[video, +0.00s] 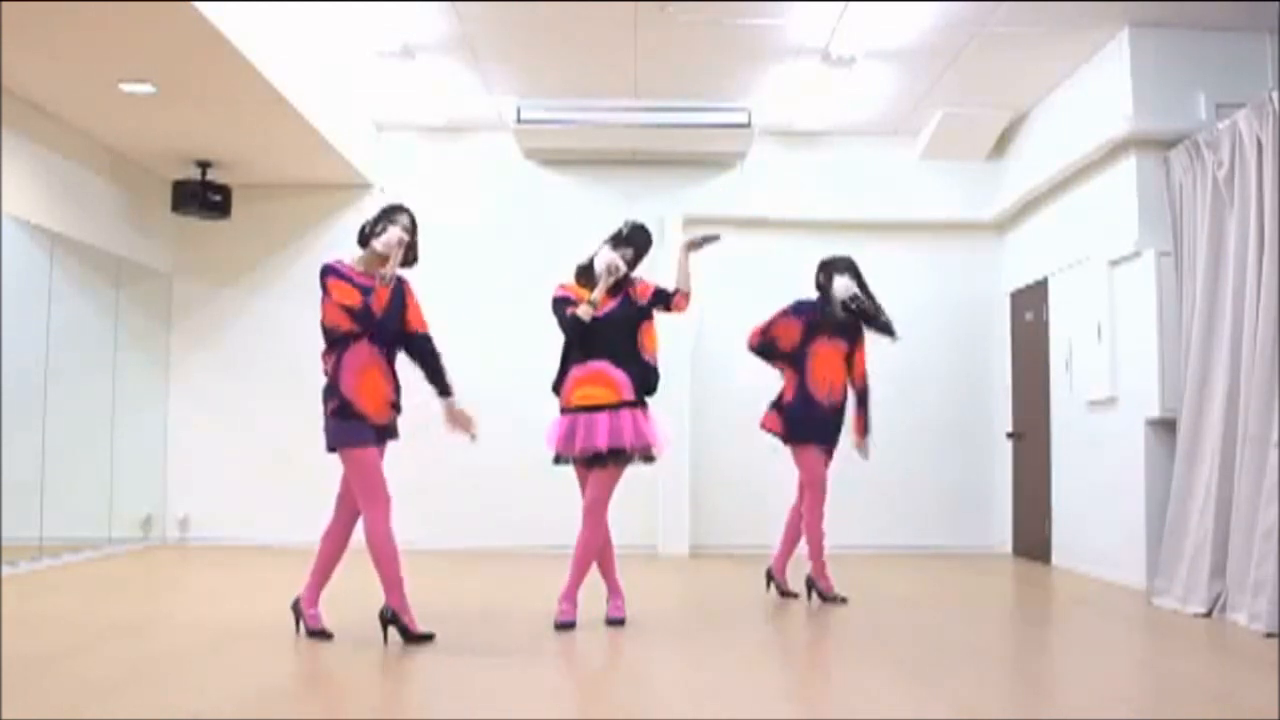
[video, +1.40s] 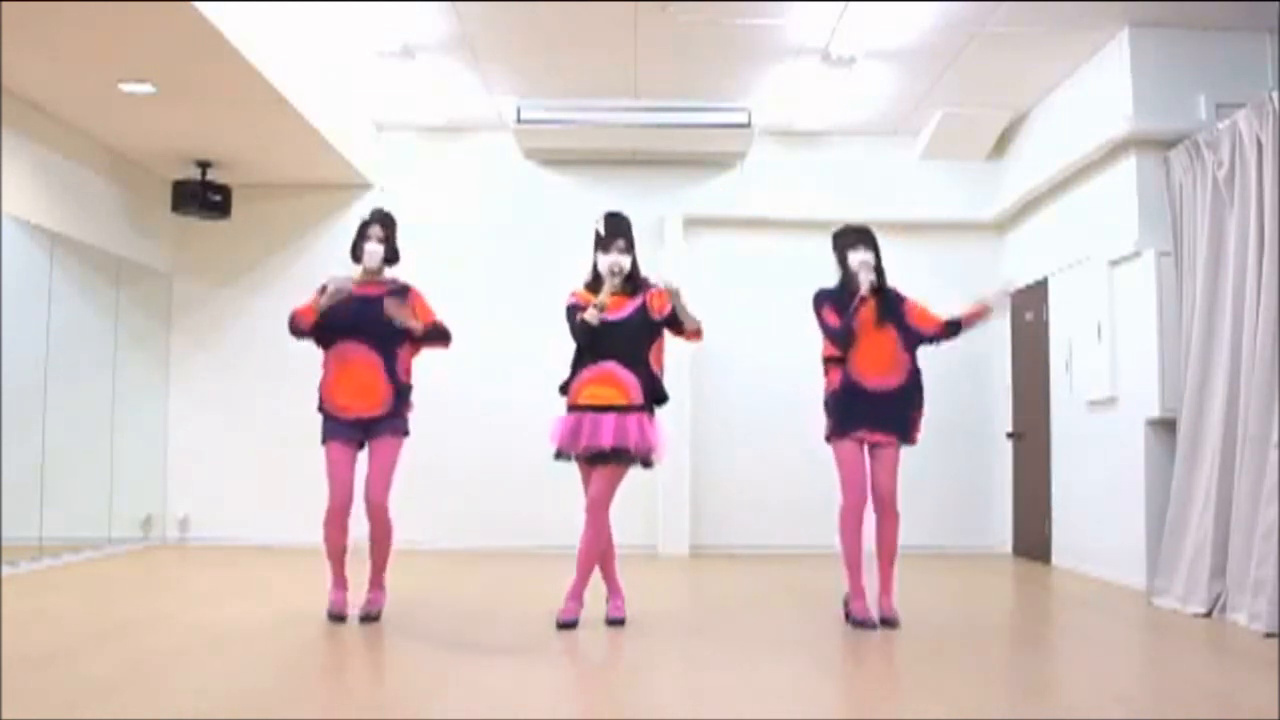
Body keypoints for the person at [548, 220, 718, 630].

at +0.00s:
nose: (621, 262)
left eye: (629, 258)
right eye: (619, 253)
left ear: (635, 261)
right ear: (605, 247)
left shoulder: (635, 290)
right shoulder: (570, 290)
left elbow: (681, 302)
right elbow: (573, 326)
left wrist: (684, 252)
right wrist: (601, 289)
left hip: (620, 406)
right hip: (578, 406)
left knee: (595, 505)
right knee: (593, 506)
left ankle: (569, 595)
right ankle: (614, 593)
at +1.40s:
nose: (615, 261)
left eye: (623, 253)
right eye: (608, 252)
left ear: (633, 255)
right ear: (596, 256)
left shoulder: (652, 298)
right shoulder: (582, 298)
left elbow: (691, 332)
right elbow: (581, 332)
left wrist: (676, 304)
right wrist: (597, 303)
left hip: (629, 406)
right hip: (585, 405)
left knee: (598, 502)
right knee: (595, 505)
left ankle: (575, 593)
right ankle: (614, 592)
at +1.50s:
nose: (615, 257)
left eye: (622, 248)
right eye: (607, 249)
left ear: (633, 252)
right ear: (596, 252)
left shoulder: (651, 296)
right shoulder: (581, 295)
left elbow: (694, 329)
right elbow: (578, 328)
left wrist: (687, 342)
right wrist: (595, 305)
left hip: (632, 401)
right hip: (589, 401)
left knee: (600, 482)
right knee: (595, 489)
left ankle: (607, 582)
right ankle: (610, 587)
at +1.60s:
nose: (615, 256)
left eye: (623, 247)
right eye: (608, 247)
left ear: (634, 251)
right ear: (596, 250)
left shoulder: (651, 295)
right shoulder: (582, 294)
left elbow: (682, 347)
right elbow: (582, 327)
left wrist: (698, 393)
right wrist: (602, 293)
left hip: (637, 401)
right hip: (593, 400)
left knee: (608, 478)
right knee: (600, 489)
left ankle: (634, 557)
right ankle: (612, 589)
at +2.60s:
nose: (615, 257)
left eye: (622, 248)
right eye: (608, 248)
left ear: (637, 249)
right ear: (600, 251)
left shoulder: (656, 296)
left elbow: (663, 351)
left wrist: (638, 384)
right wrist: (581, 317)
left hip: (646, 402)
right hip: (603, 404)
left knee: (643, 504)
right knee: (610, 503)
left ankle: (644, 593)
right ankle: (613, 591)